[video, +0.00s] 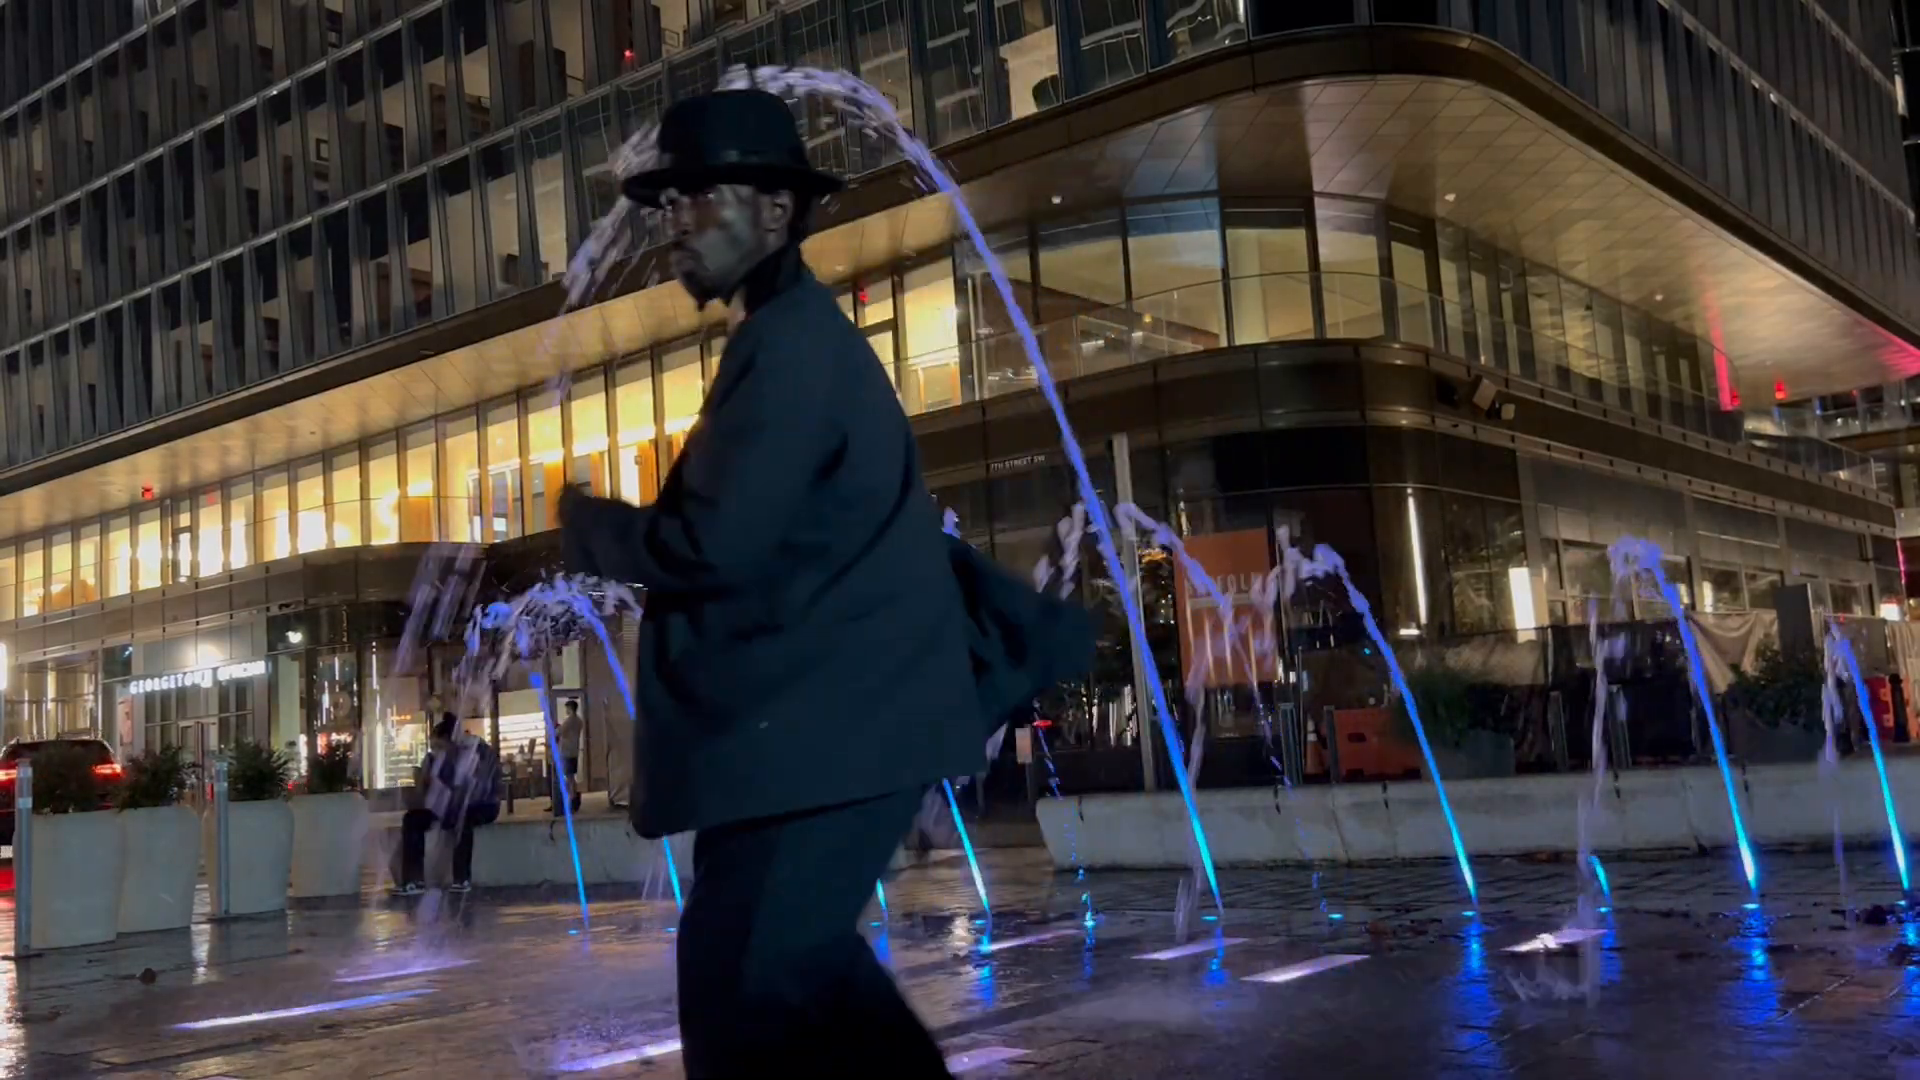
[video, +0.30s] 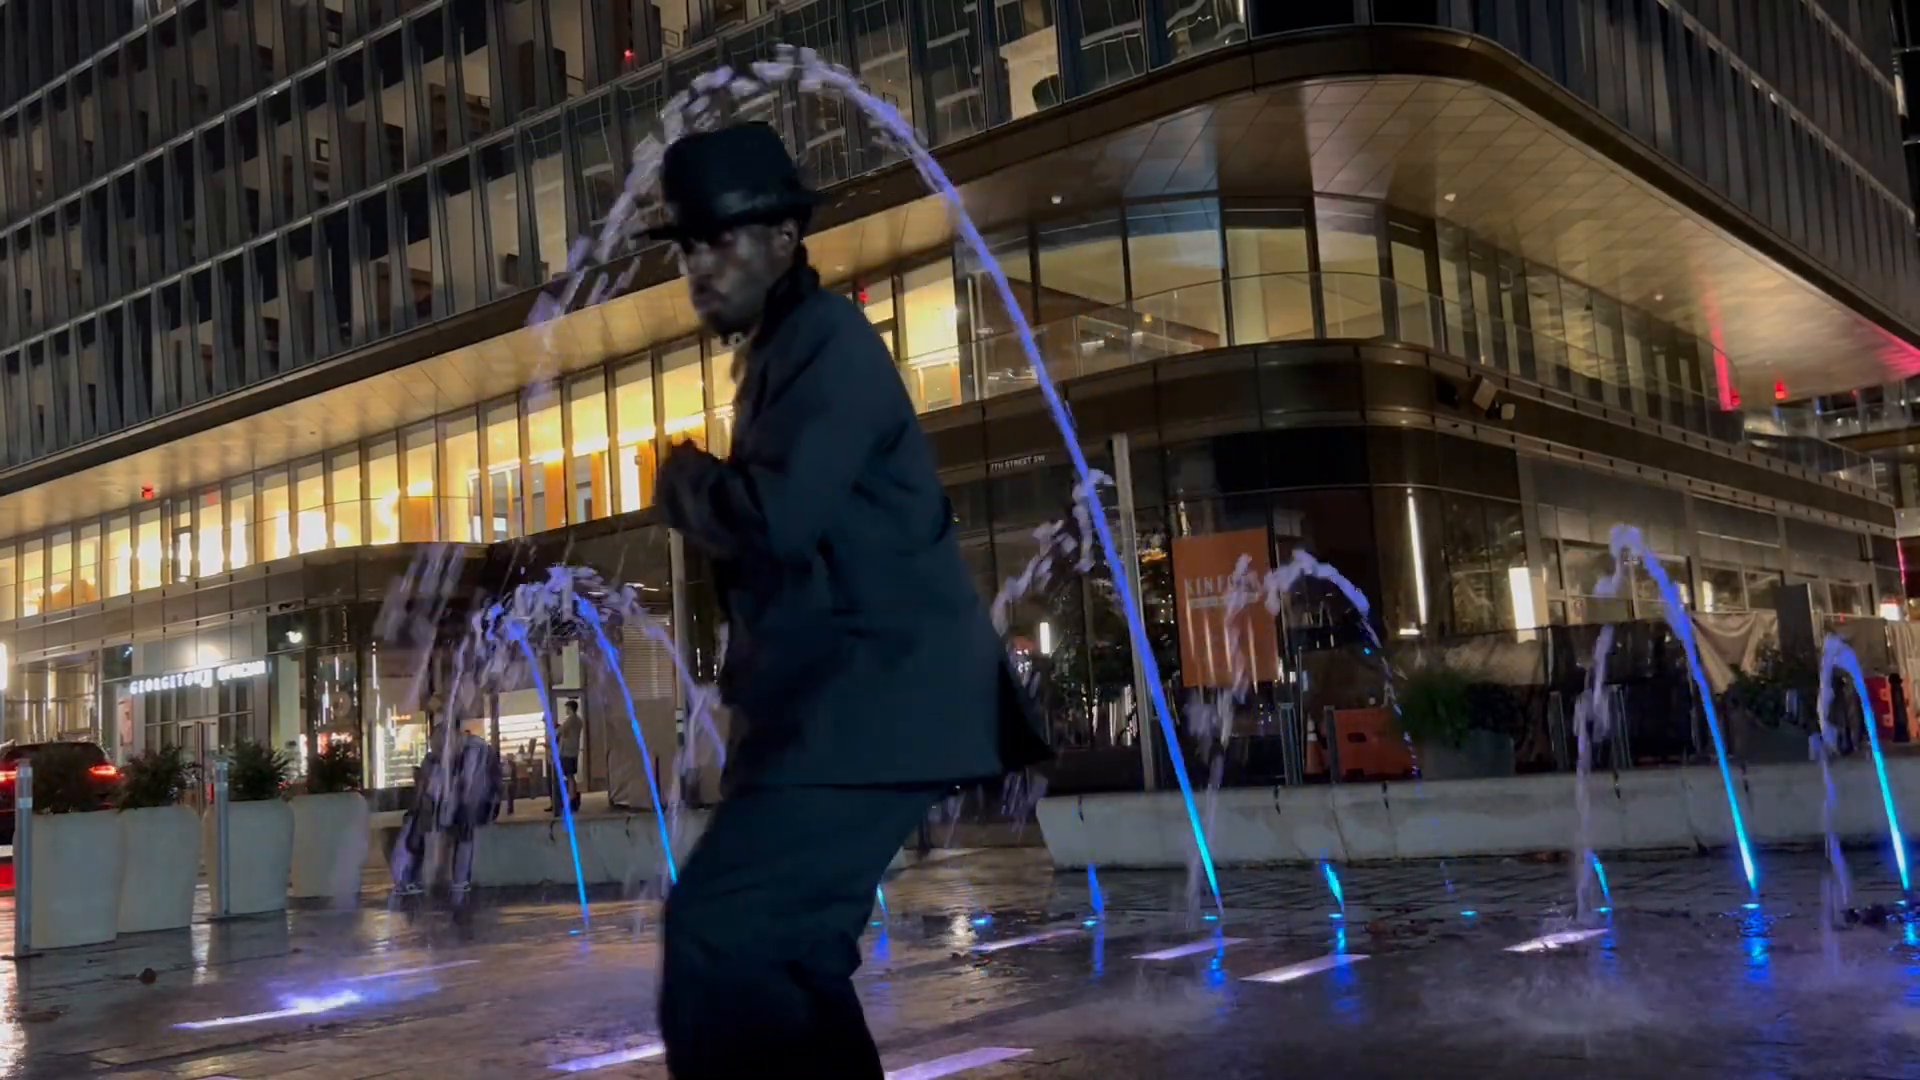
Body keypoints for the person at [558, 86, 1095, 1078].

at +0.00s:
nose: (672, 229)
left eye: (694, 202)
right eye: (669, 207)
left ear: (772, 213)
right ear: (762, 220)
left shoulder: (787, 348)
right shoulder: (797, 336)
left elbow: (714, 543)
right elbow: (889, 530)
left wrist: (595, 529)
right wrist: (1027, 627)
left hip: (824, 746)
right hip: (846, 738)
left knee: (739, 982)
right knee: (795, 958)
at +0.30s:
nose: (693, 276)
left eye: (712, 248)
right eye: (687, 254)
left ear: (779, 241)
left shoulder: (828, 346)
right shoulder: (788, 354)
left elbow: (779, 520)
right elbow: (793, 530)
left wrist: (682, 472)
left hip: (876, 718)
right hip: (849, 717)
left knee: (717, 928)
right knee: (795, 954)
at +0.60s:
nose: (737, 301)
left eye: (760, 275)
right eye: (722, 279)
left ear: (816, 269)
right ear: (710, 282)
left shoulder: (853, 391)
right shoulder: (797, 393)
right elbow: (827, 575)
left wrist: (721, 515)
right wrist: (733, 620)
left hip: (981, 735)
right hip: (913, 735)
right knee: (802, 910)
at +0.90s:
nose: (1059, 155)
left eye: (1068, 132)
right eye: (1027, 131)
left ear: (1082, 148)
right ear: (958, 154)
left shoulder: (1143, 317)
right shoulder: (887, 308)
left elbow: (1215, 509)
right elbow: (833, 504)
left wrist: (1202, 457)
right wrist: (873, 568)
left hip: (1150, 677)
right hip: (1002, 681)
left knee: (1203, 1004)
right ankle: (751, 1071)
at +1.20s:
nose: (1147, 153)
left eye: (1151, 131)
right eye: (1125, 126)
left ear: (1109, 137)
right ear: (1039, 122)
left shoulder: (1120, 302)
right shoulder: (935, 233)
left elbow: (1218, 452)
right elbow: (837, 439)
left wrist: (1288, 338)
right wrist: (974, 519)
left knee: (1215, 962)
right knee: (1405, 462)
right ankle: (1774, 564)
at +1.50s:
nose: (1010, 114)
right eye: (1008, 99)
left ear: (878, 129)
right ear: (1005, 100)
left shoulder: (808, 284)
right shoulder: (1076, 147)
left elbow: (854, 498)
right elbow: (1166, 242)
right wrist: (1341, 335)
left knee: (1036, 961)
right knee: (1218, 913)